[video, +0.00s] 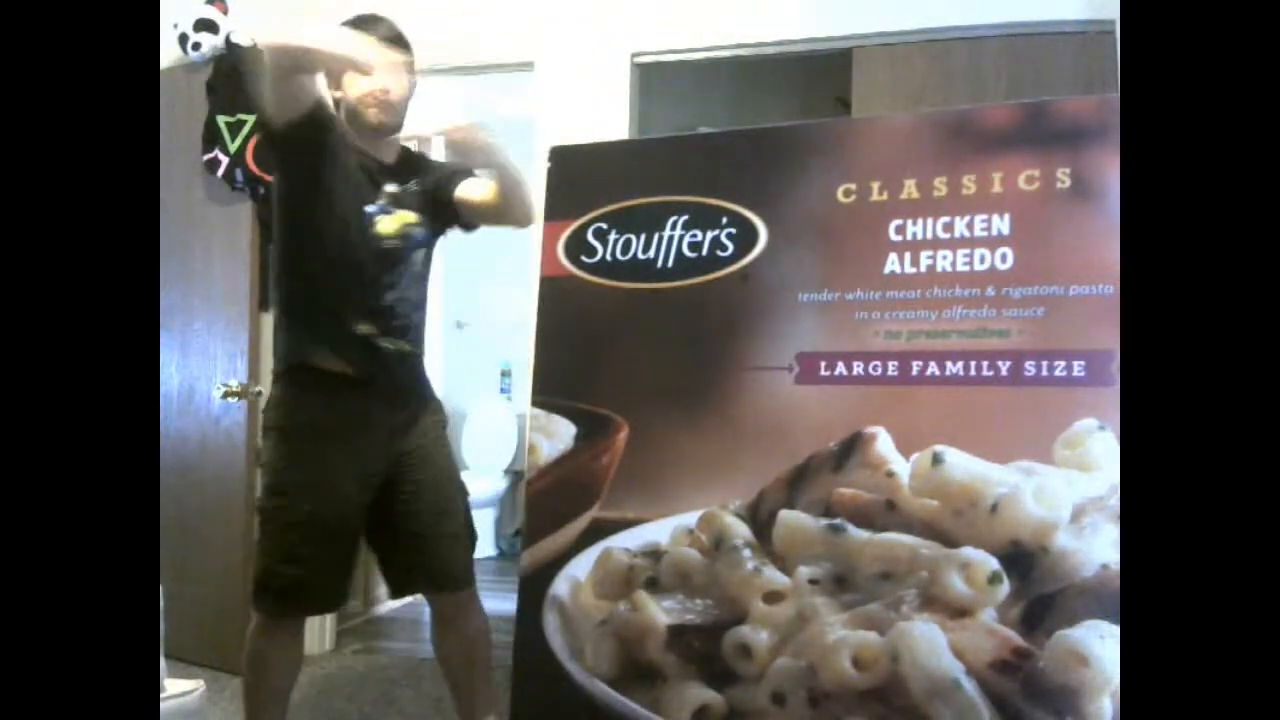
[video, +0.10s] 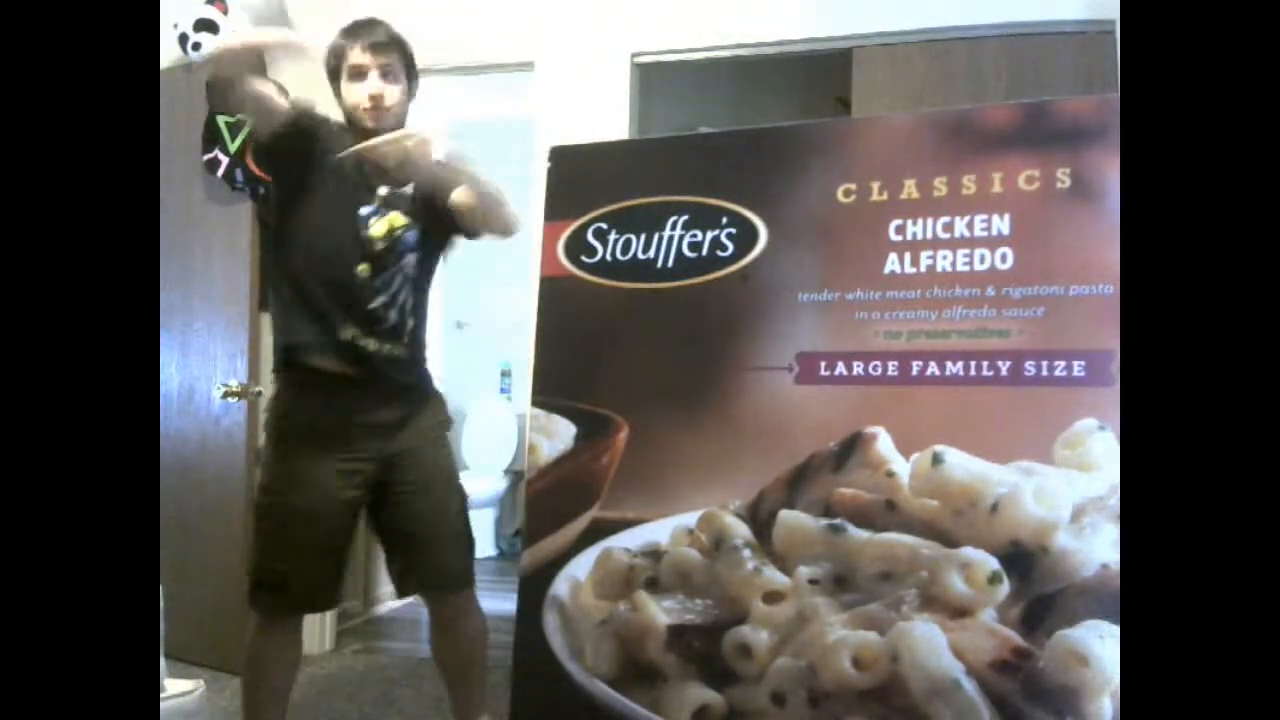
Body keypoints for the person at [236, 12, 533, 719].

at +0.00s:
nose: (387, 87)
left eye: (400, 74)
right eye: (370, 73)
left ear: (412, 86)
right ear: (338, 83)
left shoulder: (426, 176)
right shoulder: (308, 145)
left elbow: (518, 213)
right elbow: (269, 57)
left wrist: (493, 156)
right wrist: (343, 56)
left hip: (407, 404)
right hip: (315, 402)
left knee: (455, 586)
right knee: (283, 603)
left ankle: (480, 716)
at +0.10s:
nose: (374, 87)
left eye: (388, 73)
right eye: (358, 75)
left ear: (411, 85)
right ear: (337, 87)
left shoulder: (430, 177)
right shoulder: (301, 146)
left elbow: (503, 221)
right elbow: (221, 69)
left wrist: (429, 165)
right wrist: (291, 46)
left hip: (408, 409)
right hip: (312, 407)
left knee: (452, 588)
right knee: (278, 602)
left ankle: (472, 715)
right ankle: (263, 718)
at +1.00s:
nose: (452, 162)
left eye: (468, 148)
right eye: (441, 146)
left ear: (496, 152)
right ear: (425, 151)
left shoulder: (540, 225)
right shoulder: (403, 235)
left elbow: (586, 321)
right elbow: (380, 348)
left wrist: (529, 364)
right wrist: (450, 411)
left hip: (508, 428)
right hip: (424, 423)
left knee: (493, 609)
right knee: (355, 598)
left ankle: (488, 717)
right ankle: (300, 713)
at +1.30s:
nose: (543, 159)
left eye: (552, 148)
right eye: (532, 140)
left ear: (554, 152)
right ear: (487, 132)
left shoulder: (536, 211)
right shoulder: (447, 234)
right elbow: (475, 357)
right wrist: (577, 349)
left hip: (527, 424)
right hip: (457, 428)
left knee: (541, 606)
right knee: (389, 597)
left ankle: (497, 713)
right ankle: (325, 712)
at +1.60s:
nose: (517, 196)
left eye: (532, 185)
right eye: (512, 180)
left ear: (560, 190)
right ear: (504, 174)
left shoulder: (565, 258)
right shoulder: (467, 207)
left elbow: (577, 339)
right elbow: (400, 183)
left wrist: (519, 342)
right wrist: (384, 177)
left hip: (506, 422)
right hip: (437, 404)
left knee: (503, 581)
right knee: (450, 556)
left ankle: (495, 706)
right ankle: (462, 707)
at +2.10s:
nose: (489, 141)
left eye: (505, 129)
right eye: (491, 129)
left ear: (548, 145)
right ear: (491, 139)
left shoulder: (561, 238)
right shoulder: (475, 185)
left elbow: (471, 307)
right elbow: (395, 122)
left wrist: (394, 257)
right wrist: (398, 50)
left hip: (490, 429)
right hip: (412, 407)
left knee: (474, 603)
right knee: (335, 561)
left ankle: (477, 719)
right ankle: (325, 712)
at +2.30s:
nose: (461, 143)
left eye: (476, 131)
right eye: (466, 130)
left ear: (518, 147)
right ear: (497, 144)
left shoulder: (540, 241)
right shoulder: (463, 188)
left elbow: (436, 315)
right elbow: (393, 123)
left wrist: (382, 271)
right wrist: (382, 47)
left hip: (490, 435)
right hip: (409, 415)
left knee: (468, 607)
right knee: (338, 575)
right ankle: (329, 717)